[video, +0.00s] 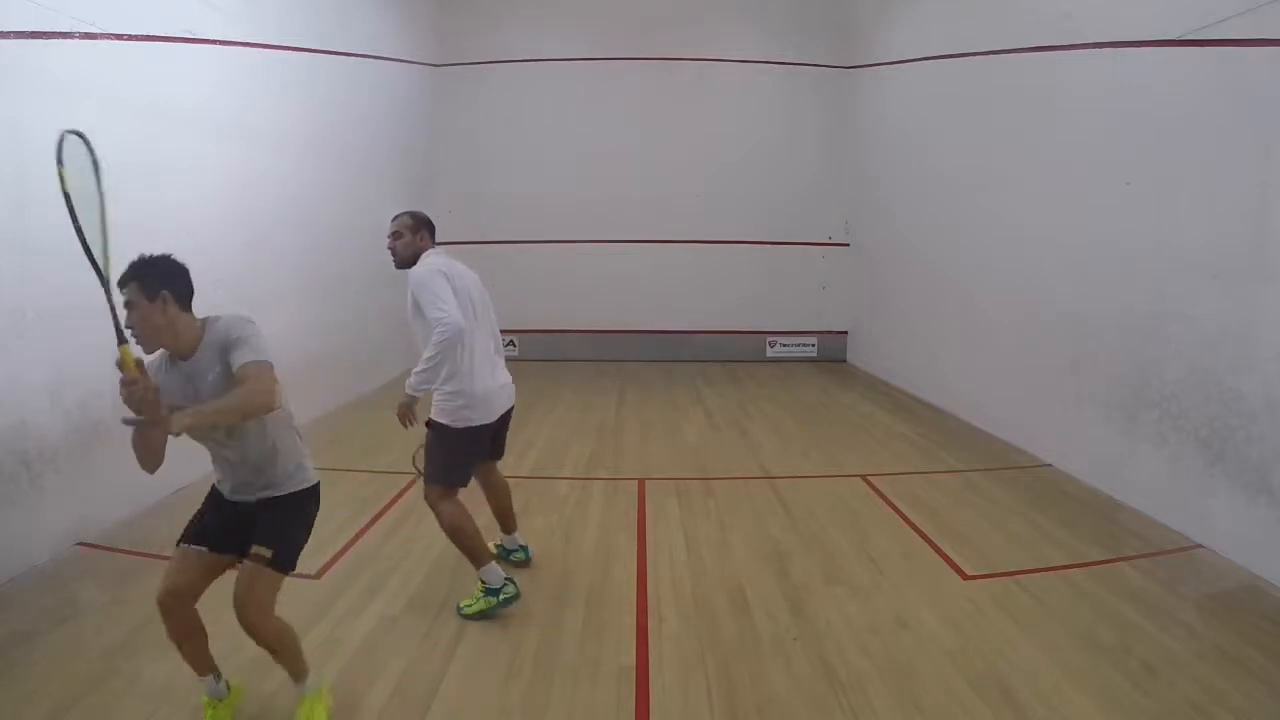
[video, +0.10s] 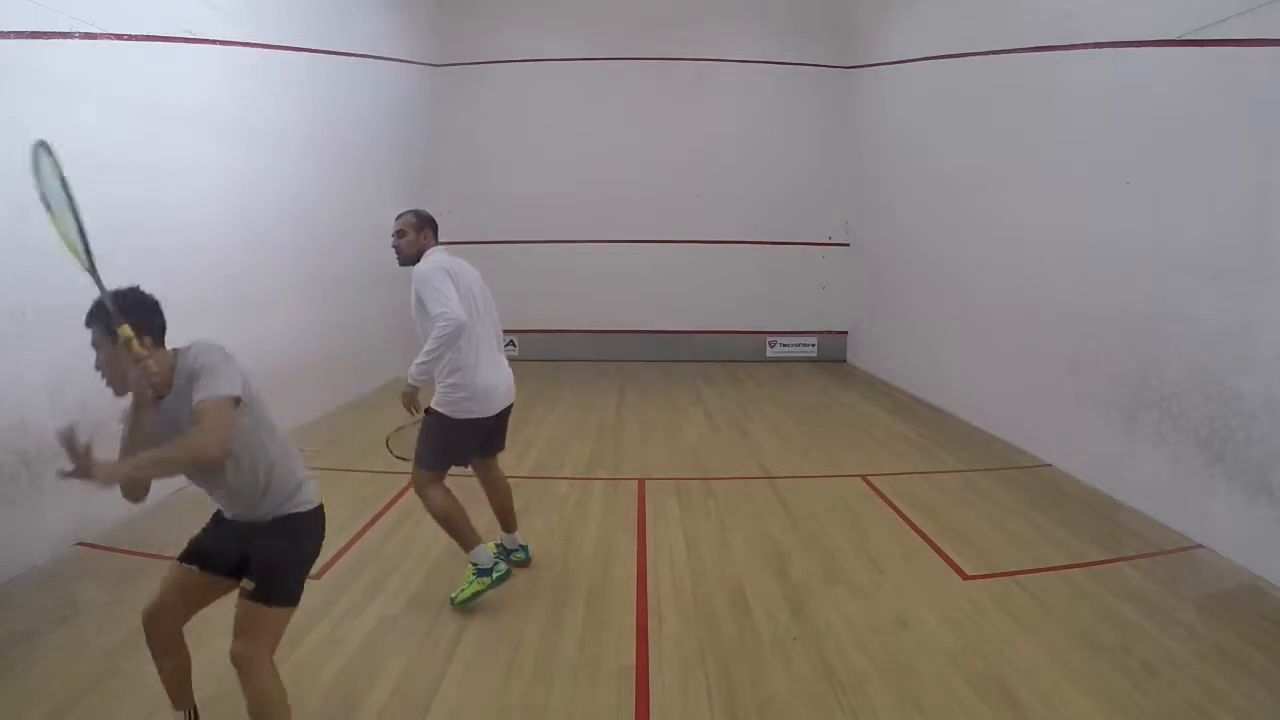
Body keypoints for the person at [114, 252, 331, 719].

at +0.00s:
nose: (127, 320)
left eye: (132, 306)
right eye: (125, 309)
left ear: (163, 303)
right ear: (159, 307)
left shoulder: (234, 331)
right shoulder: (158, 370)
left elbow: (261, 394)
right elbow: (150, 461)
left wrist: (179, 420)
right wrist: (144, 410)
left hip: (287, 489)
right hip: (231, 493)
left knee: (252, 610)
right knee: (173, 599)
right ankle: (217, 691)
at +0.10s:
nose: (96, 364)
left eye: (100, 349)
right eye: (95, 351)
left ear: (134, 344)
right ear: (135, 346)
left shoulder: (209, 362)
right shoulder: (138, 410)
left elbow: (211, 446)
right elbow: (135, 491)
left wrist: (111, 469)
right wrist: (141, 406)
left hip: (291, 517)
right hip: (236, 519)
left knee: (251, 654)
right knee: (160, 620)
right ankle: (187, 714)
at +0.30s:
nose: (113, 425)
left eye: (110, 415)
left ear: (114, 415)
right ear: (164, 398)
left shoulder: (151, 464)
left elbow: (194, 572)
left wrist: (205, 683)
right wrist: (159, 608)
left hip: (293, 594)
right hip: (334, 568)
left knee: (184, 705)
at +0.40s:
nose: (146, 412)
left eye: (144, 405)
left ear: (148, 408)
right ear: (201, 389)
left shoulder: (162, 466)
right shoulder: (252, 420)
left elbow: (198, 572)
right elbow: (299, 499)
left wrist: (241, 673)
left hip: (300, 602)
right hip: (361, 575)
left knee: (188, 705)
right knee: (250, 604)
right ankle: (263, 699)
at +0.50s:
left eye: (203, 363)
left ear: (206, 372)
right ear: (258, 361)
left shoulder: (202, 430)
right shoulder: (304, 401)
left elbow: (208, 541)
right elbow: (393, 461)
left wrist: (229, 639)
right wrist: (403, 521)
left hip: (310, 593)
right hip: (381, 569)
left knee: (212, 698)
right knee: (333, 613)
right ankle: (396, 691)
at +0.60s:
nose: (270, 328)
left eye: (271, 322)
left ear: (273, 329)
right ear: (322, 322)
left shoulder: (264, 382)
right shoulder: (364, 370)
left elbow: (240, 474)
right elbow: (438, 428)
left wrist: (237, 568)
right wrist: (467, 492)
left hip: (340, 550)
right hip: (411, 533)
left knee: (284, 684)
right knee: (397, 604)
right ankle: (463, 699)